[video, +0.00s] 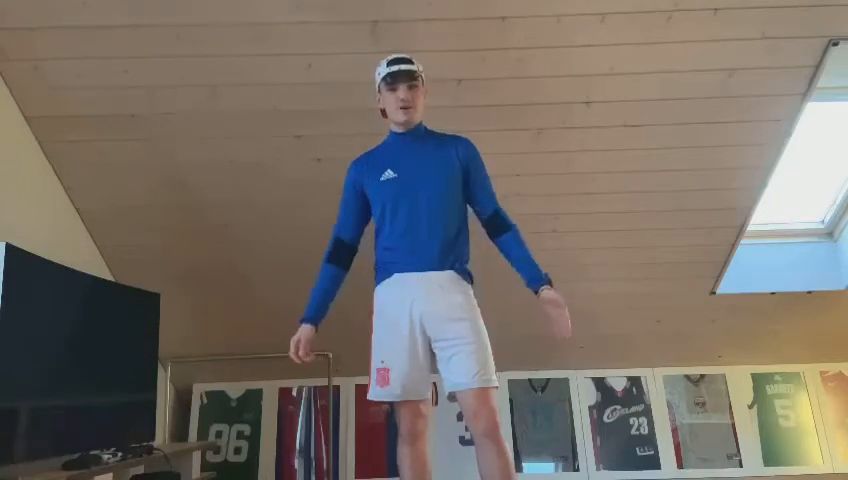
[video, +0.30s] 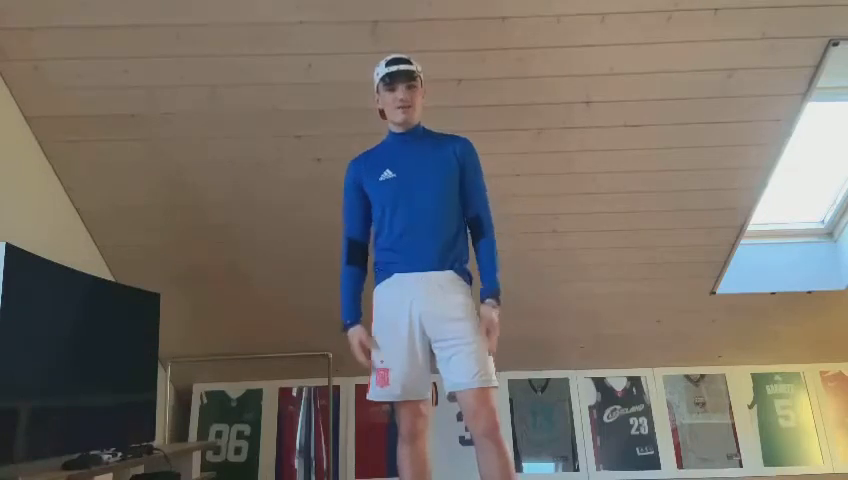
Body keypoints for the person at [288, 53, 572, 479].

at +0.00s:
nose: (403, 95)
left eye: (411, 86)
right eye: (393, 88)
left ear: (424, 95)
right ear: (380, 103)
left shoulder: (459, 150)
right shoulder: (365, 167)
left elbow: (497, 223)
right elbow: (341, 248)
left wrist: (541, 284)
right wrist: (309, 321)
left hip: (452, 294)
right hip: (394, 301)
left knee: (484, 419)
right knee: (411, 423)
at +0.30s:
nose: (402, 95)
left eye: (410, 87)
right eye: (392, 89)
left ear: (423, 95)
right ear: (379, 103)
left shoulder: (458, 149)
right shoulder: (363, 166)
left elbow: (482, 229)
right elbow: (355, 249)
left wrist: (491, 299)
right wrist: (352, 321)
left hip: (452, 294)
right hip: (394, 299)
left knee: (484, 419)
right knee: (410, 423)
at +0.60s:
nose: (401, 96)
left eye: (409, 87)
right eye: (390, 89)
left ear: (421, 95)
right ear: (377, 103)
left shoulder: (456, 148)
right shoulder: (361, 167)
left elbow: (485, 225)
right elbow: (354, 249)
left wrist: (487, 294)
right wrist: (360, 317)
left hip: (451, 294)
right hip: (392, 300)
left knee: (484, 420)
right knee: (411, 424)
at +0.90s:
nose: (406, 95)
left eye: (413, 87)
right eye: (395, 87)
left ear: (423, 96)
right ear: (377, 102)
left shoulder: (454, 149)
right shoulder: (360, 169)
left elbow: (482, 224)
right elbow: (353, 248)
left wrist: (498, 295)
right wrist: (347, 320)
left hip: (450, 296)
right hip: (393, 301)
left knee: (483, 419)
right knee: (411, 422)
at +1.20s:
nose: (411, 94)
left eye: (417, 86)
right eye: (399, 87)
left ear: (425, 96)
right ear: (379, 99)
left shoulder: (454, 150)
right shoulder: (361, 168)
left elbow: (485, 215)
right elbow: (346, 242)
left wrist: (500, 261)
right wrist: (329, 301)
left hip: (451, 295)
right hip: (394, 300)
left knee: (483, 417)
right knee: (411, 421)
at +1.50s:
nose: (413, 95)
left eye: (420, 88)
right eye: (402, 87)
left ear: (428, 97)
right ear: (383, 99)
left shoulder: (456, 151)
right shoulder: (362, 166)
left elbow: (478, 227)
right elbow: (349, 243)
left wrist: (444, 261)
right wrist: (381, 268)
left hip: (448, 295)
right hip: (392, 301)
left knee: (483, 418)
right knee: (410, 422)